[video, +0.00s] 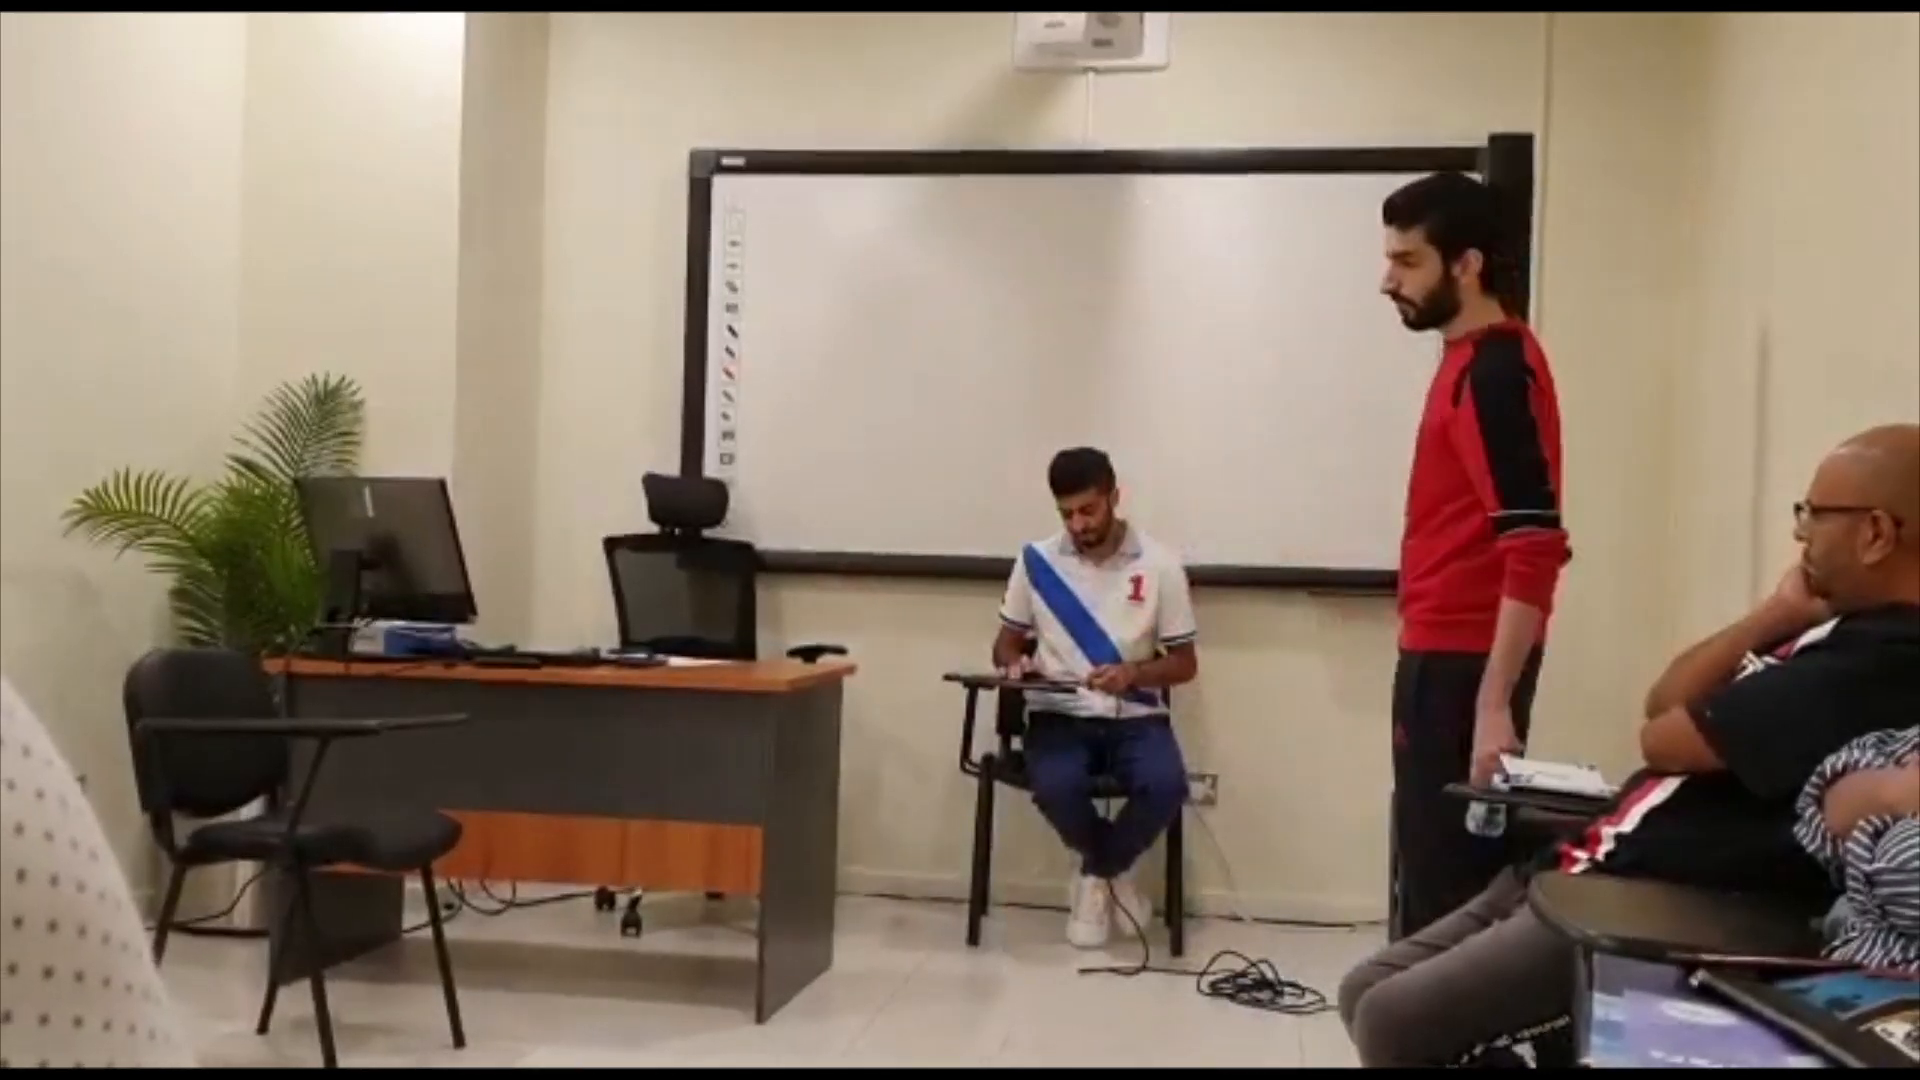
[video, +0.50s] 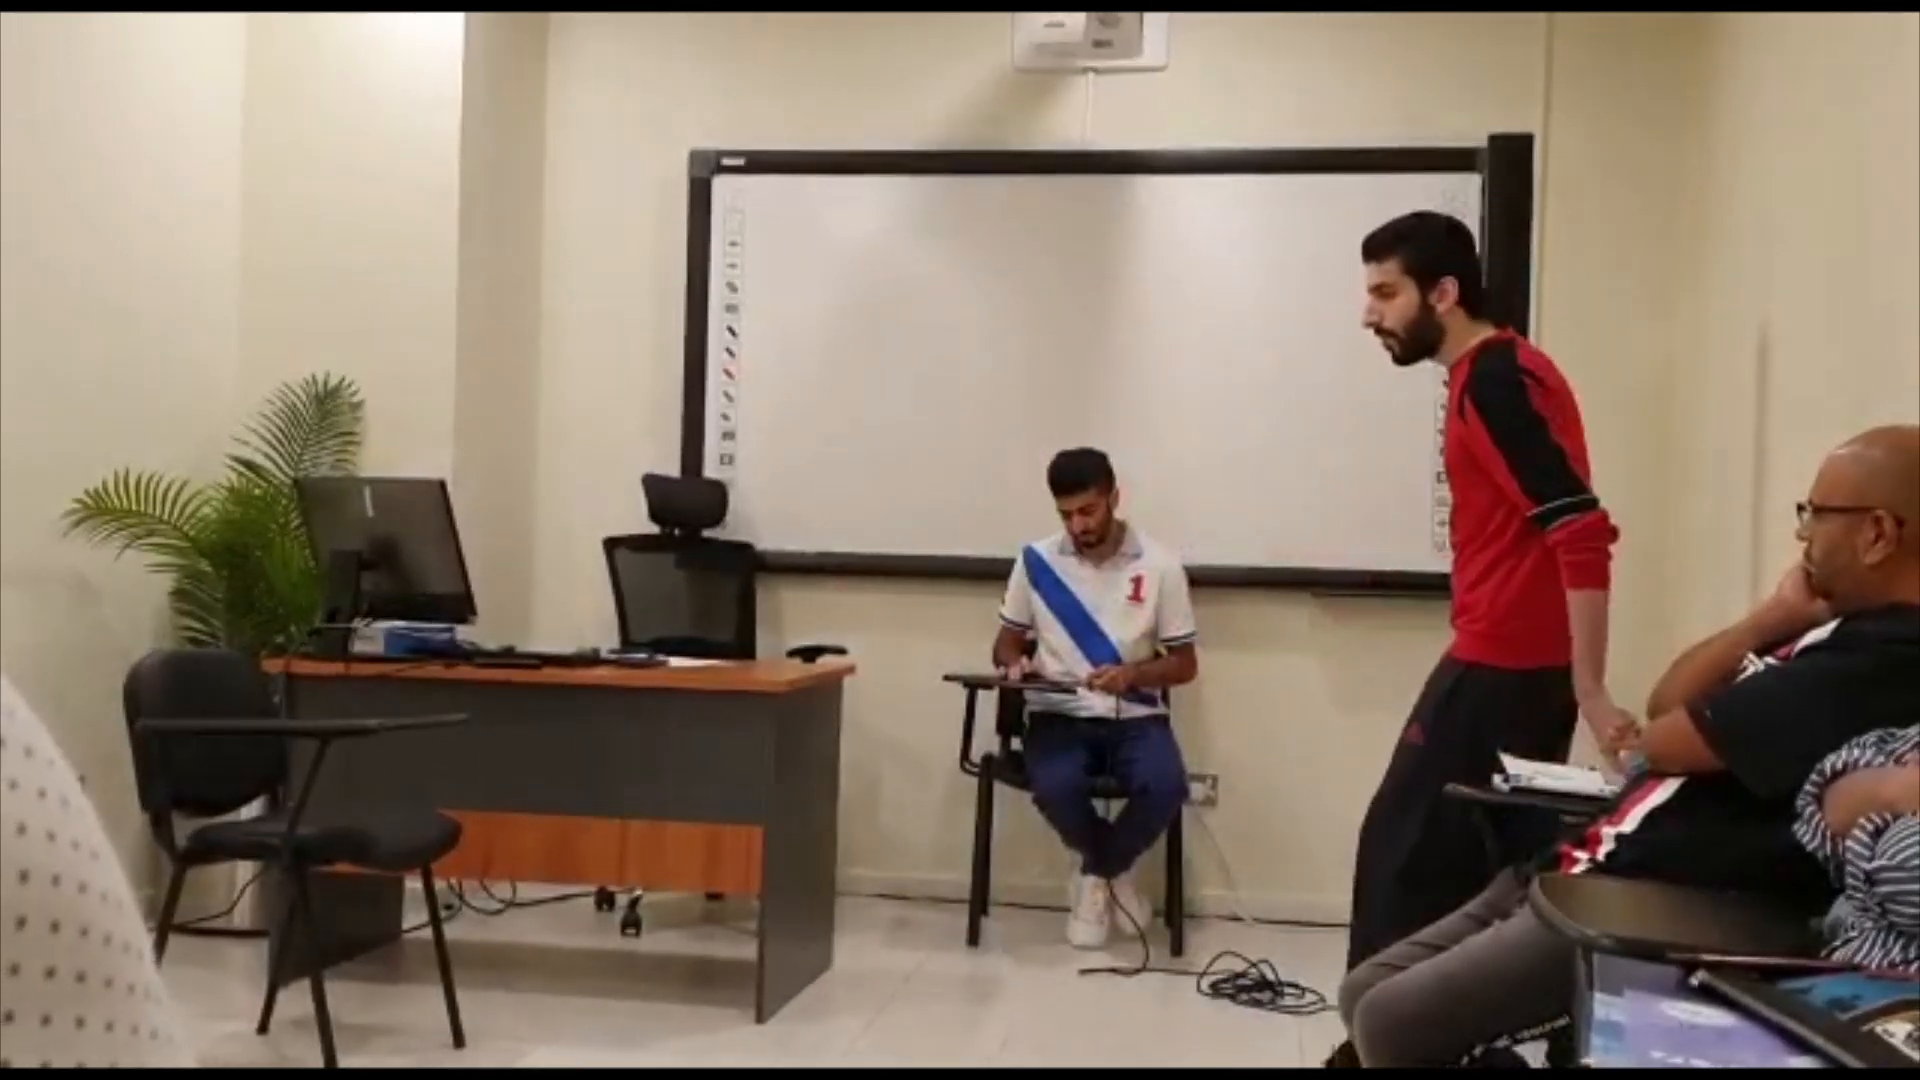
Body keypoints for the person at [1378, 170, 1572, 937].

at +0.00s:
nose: (1388, 280)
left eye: (1405, 261)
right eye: (1389, 260)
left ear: (1468, 266)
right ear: (1458, 271)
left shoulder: (1498, 364)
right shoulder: (1469, 358)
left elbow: (1535, 544)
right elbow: (1485, 535)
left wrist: (1495, 703)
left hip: (1470, 669)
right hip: (1438, 664)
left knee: (1451, 901)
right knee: (1428, 896)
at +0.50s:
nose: (1369, 317)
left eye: (1384, 296)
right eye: (1368, 298)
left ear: (1444, 294)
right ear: (1442, 297)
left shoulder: (1496, 376)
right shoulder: (1486, 373)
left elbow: (1582, 531)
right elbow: (1545, 532)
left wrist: (1591, 689)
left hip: (1499, 674)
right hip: (1510, 669)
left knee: (1397, 853)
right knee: (1481, 866)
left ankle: (1391, 1052)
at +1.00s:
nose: (1351, 293)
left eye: (1365, 272)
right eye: (1352, 273)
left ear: (1424, 274)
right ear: (1434, 277)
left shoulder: (1440, 374)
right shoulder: (1529, 365)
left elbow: (1372, 530)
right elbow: (1570, 527)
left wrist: (1282, 657)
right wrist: (1467, 580)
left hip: (1450, 665)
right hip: (1533, 664)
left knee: (1390, 863)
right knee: (1503, 861)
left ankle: (1388, 1041)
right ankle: (1490, 1035)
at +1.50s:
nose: (1371, 266)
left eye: (1392, 250)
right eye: (1378, 248)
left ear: (1449, 264)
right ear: (1454, 268)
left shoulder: (1437, 365)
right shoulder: (1533, 368)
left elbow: (1274, 394)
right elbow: (1563, 533)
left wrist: (1136, 310)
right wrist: (1470, 587)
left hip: (1440, 661)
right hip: (1523, 660)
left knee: (1388, 866)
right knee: (1494, 864)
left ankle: (1382, 1039)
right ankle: (1486, 1037)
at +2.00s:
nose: (1378, 284)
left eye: (1395, 265)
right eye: (1380, 267)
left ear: (1451, 276)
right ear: (1453, 281)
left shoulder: (1476, 358)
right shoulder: (1530, 367)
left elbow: (1425, 491)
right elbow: (1578, 537)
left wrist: (1284, 553)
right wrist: (1498, 601)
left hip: (1467, 649)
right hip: (1536, 650)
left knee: (1397, 840)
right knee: (1504, 841)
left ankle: (1382, 1042)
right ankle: (1482, 1036)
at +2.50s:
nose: (1364, 286)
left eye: (1383, 272)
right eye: (1370, 269)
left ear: (1433, 289)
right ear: (1444, 297)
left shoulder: (1411, 369)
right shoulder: (1499, 380)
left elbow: (1328, 437)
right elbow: (1502, 527)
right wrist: (1416, 631)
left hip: (1459, 649)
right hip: (1532, 643)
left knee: (1340, 830)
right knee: (1454, 838)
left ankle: (1300, 1037)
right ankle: (1444, 1027)